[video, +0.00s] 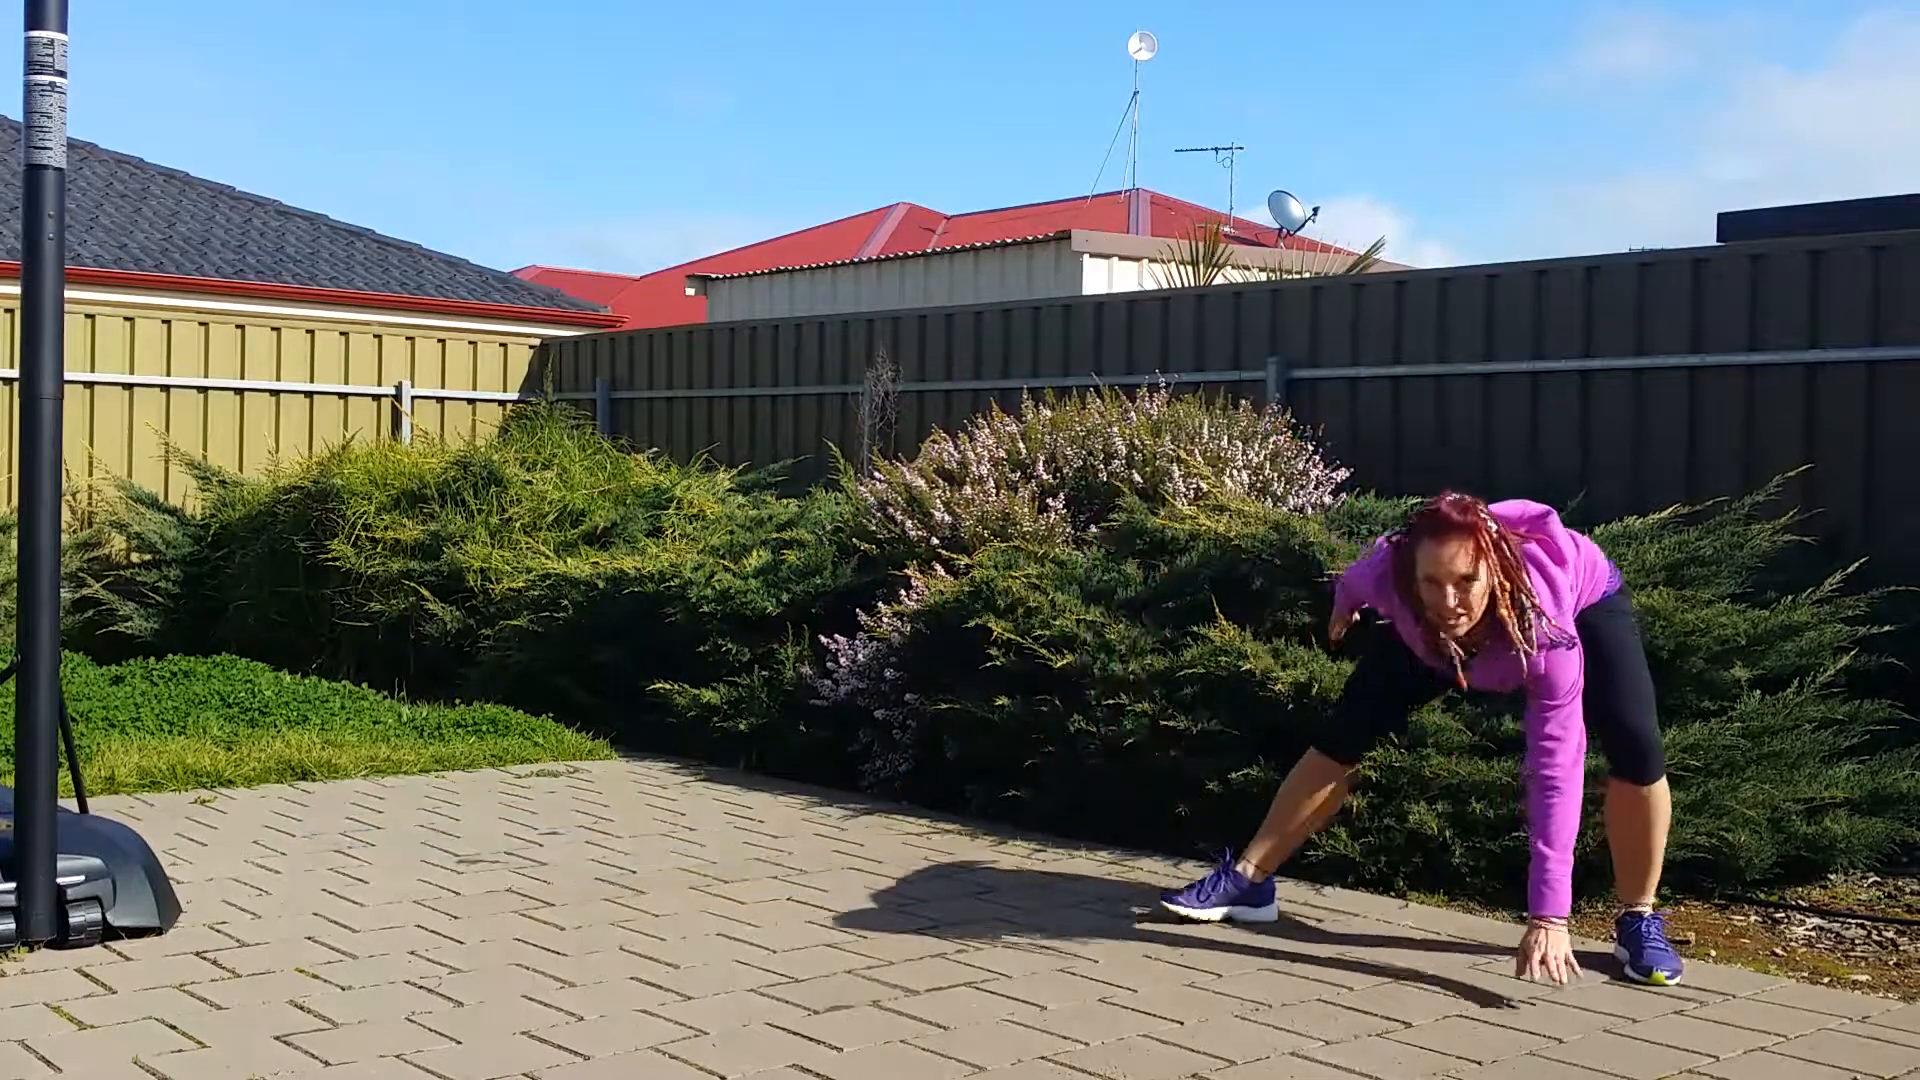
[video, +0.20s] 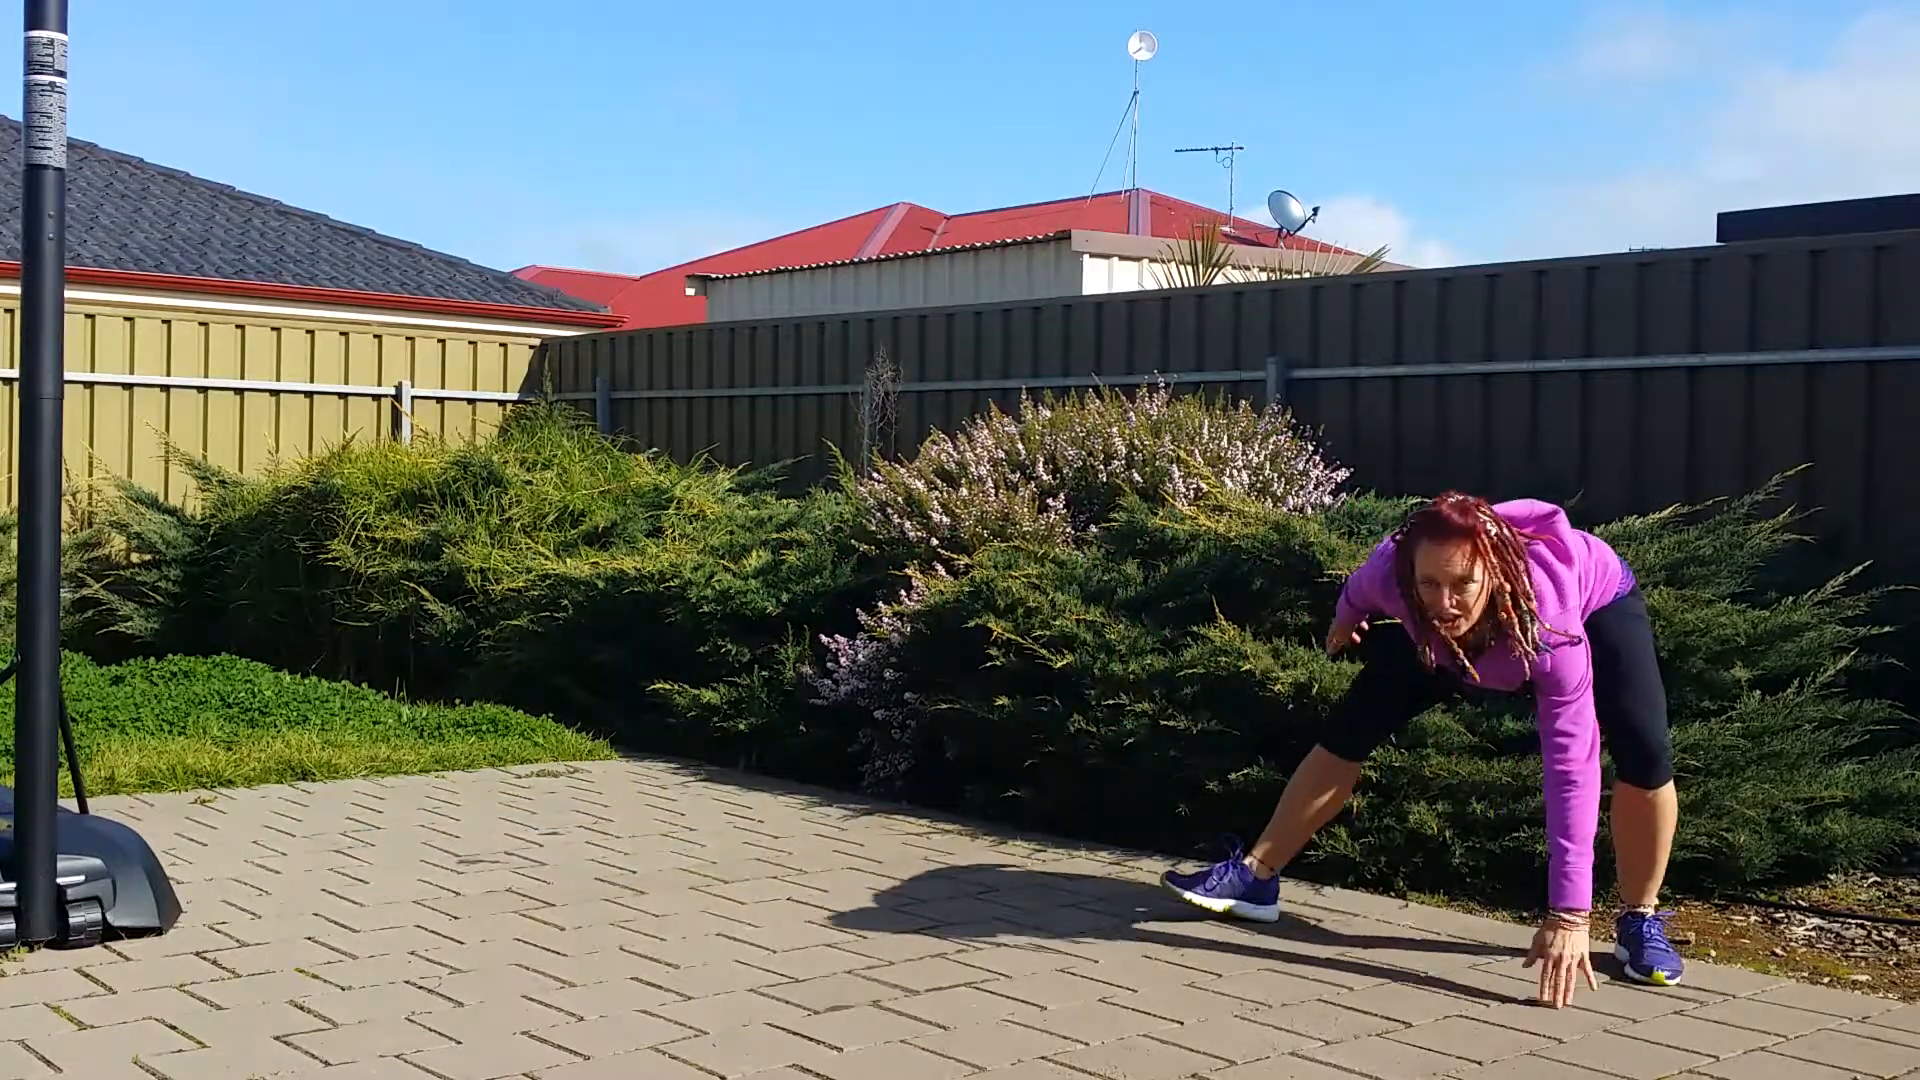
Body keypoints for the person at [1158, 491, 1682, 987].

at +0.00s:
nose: (1448, 599)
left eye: (1464, 581)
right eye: (1431, 581)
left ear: (1493, 573)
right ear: (1408, 570)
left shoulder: (1547, 625)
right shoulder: (1390, 572)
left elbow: (1554, 771)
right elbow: (1353, 583)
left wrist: (1546, 917)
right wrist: (1337, 609)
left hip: (1575, 606)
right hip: (1434, 627)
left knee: (1639, 746)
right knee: (1347, 732)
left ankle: (1640, 922)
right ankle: (1246, 878)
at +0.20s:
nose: (1444, 600)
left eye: (1461, 584)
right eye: (1430, 583)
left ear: (1494, 573)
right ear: (1409, 571)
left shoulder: (1549, 623)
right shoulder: (1392, 574)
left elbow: (1573, 768)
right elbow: (1358, 593)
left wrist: (1567, 915)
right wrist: (1343, 622)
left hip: (1585, 604)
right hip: (1448, 628)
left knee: (1647, 754)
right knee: (1352, 726)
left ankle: (1642, 922)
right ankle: (1256, 874)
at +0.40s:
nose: (1321, 532)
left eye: (1338, 518)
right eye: (1317, 516)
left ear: (1381, 514)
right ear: (1312, 512)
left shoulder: (1465, 556)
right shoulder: (1331, 545)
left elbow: (1532, 684)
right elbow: (1315, 589)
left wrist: (1555, 803)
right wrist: (1290, 635)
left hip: (1529, 597)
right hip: (1415, 610)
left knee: (1600, 752)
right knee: (1290, 710)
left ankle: (1637, 920)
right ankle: (1251, 879)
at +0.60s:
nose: (1178, 424)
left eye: (1191, 412)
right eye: (1176, 409)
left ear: (1237, 412)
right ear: (1185, 409)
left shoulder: (1320, 455)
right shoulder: (1188, 459)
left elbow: (1403, 530)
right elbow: (1182, 531)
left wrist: (1476, 600)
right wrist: (1141, 609)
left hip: (1370, 579)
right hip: (1263, 584)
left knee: (1456, 722)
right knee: (1200, 707)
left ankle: (1570, 893)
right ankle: (1241, 883)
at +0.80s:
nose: (1082, 348)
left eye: (1094, 334)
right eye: (1084, 333)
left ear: (1137, 339)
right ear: (1108, 337)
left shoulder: (1227, 392)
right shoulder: (1099, 388)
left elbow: (1306, 474)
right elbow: (1078, 460)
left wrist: (1382, 554)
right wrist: (1023, 525)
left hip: (1256, 516)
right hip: (1164, 513)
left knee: (1243, 656)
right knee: (1103, 638)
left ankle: (1207, 843)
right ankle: (1146, 817)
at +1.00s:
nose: (989, 367)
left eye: (1000, 357)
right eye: (989, 354)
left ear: (1048, 362)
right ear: (1012, 358)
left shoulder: (1128, 425)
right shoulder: (1011, 419)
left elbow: (1194, 513)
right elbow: (987, 489)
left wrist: (1268, 596)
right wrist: (922, 543)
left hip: (1147, 562)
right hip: (1053, 555)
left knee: (1148, 706)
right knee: (946, 658)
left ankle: (1163, 865)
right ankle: (861, 791)